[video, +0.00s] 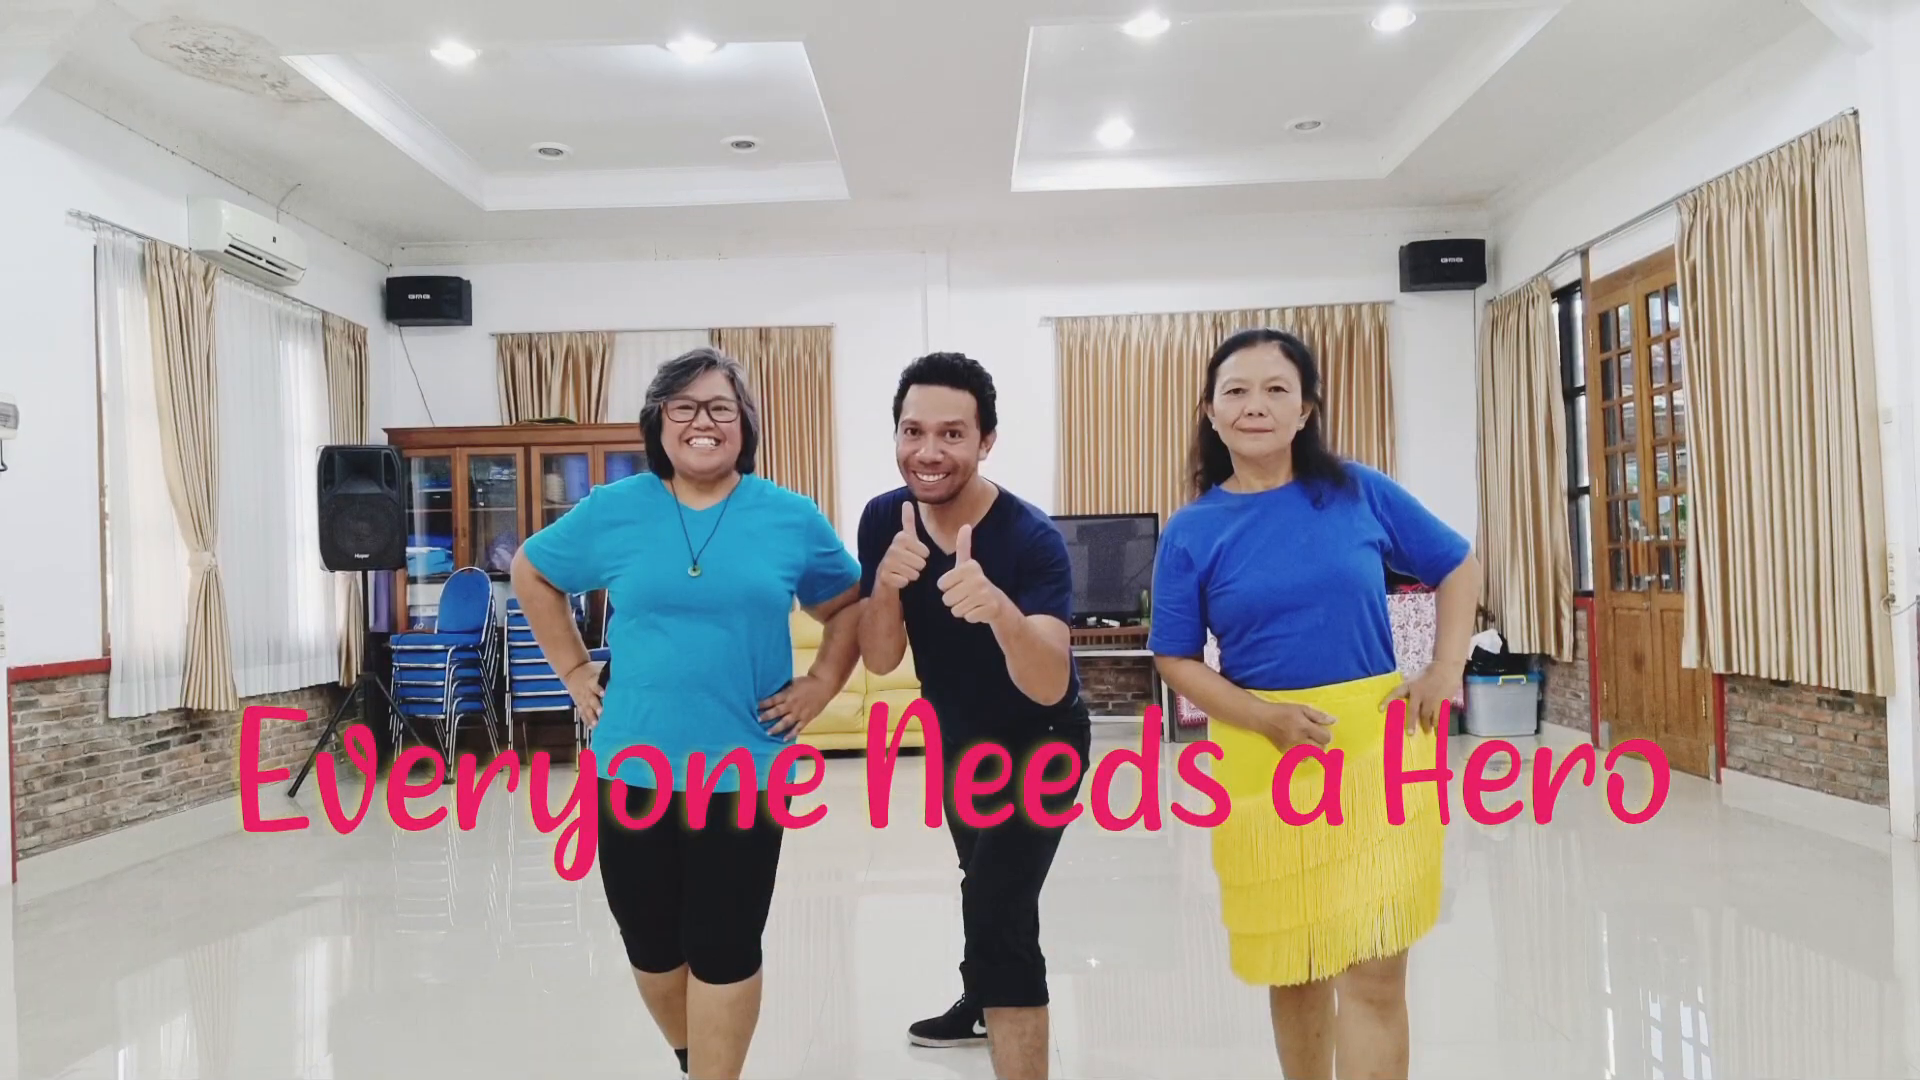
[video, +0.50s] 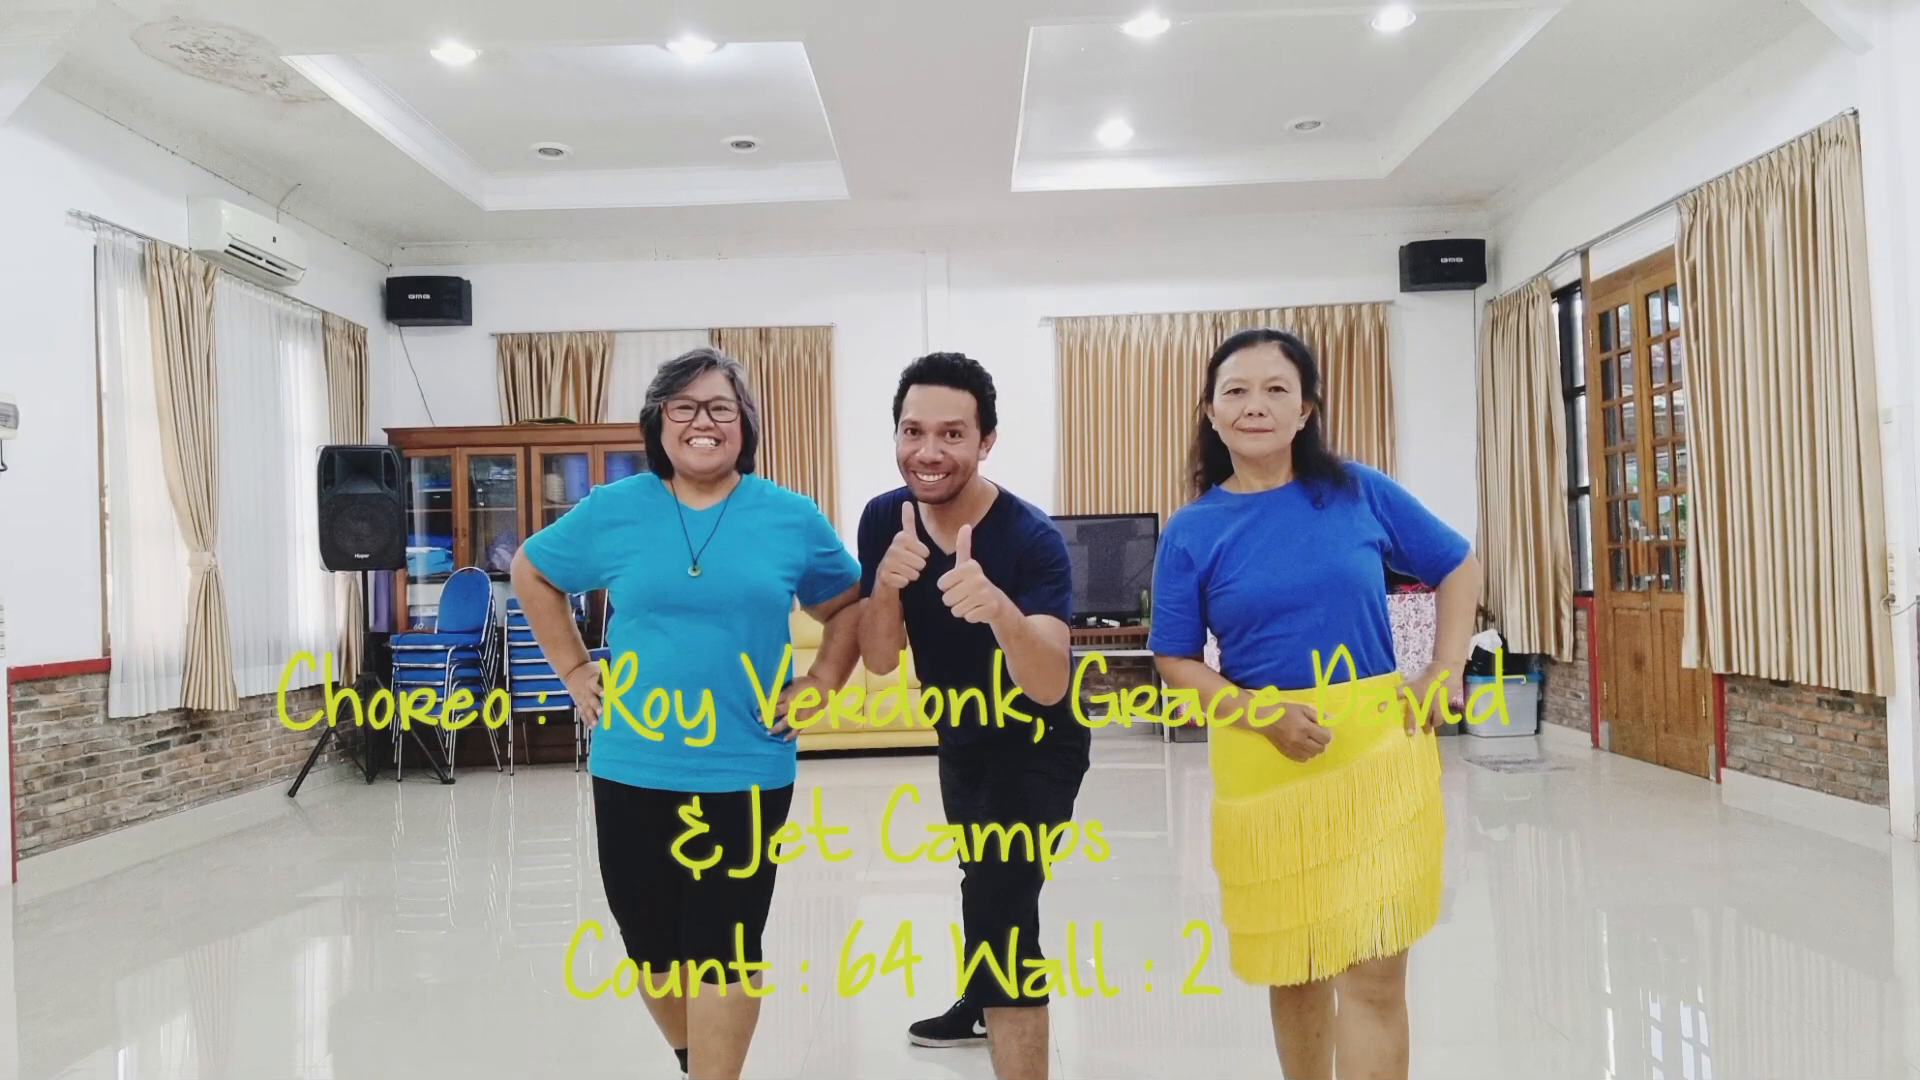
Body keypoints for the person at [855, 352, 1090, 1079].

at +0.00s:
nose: (929, 453)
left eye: (951, 436)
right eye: (914, 433)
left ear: (986, 445)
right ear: (896, 439)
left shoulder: (1030, 540)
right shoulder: (885, 521)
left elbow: (1050, 686)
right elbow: (880, 661)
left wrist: (1003, 613)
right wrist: (884, 590)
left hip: (1043, 738)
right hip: (961, 733)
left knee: (999, 921)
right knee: (977, 880)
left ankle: (1024, 1071)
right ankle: (988, 1001)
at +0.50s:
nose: (930, 453)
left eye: (951, 436)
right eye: (915, 434)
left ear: (986, 445)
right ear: (896, 439)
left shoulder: (1031, 541)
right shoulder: (886, 521)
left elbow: (1049, 684)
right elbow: (880, 660)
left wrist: (1001, 612)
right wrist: (883, 589)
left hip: (1039, 743)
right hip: (961, 741)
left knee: (1002, 924)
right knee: (981, 879)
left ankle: (1023, 1070)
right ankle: (985, 1003)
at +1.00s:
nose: (930, 453)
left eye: (952, 436)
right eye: (914, 433)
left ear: (986, 444)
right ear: (896, 439)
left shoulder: (1031, 541)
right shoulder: (885, 521)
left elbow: (1050, 684)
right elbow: (880, 660)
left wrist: (1001, 612)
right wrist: (883, 589)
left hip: (1039, 743)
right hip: (961, 741)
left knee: (1002, 924)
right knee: (980, 878)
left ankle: (1023, 1070)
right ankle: (986, 1003)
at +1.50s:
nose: (930, 453)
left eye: (952, 436)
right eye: (914, 433)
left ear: (986, 444)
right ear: (896, 439)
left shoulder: (1031, 541)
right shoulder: (885, 521)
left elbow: (1050, 684)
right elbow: (880, 660)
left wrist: (1001, 612)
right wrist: (883, 589)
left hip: (1039, 743)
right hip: (961, 741)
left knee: (1001, 923)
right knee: (981, 878)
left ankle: (1023, 1070)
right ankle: (985, 1003)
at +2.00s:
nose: (929, 453)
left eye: (951, 436)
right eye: (914, 433)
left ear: (986, 444)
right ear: (896, 438)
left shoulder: (1031, 541)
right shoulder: (886, 521)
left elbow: (1050, 684)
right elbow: (880, 660)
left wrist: (1002, 613)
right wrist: (883, 588)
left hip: (1040, 742)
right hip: (960, 741)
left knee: (1001, 920)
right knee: (981, 878)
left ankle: (1023, 1071)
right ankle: (985, 1002)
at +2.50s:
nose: (929, 453)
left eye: (950, 435)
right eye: (914, 433)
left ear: (983, 443)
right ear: (895, 440)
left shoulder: (1012, 515)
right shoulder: (886, 518)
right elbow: (879, 659)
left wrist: (987, 592)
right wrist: (884, 583)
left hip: (1028, 720)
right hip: (958, 723)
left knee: (1021, 865)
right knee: (973, 863)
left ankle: (1019, 1001)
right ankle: (975, 995)